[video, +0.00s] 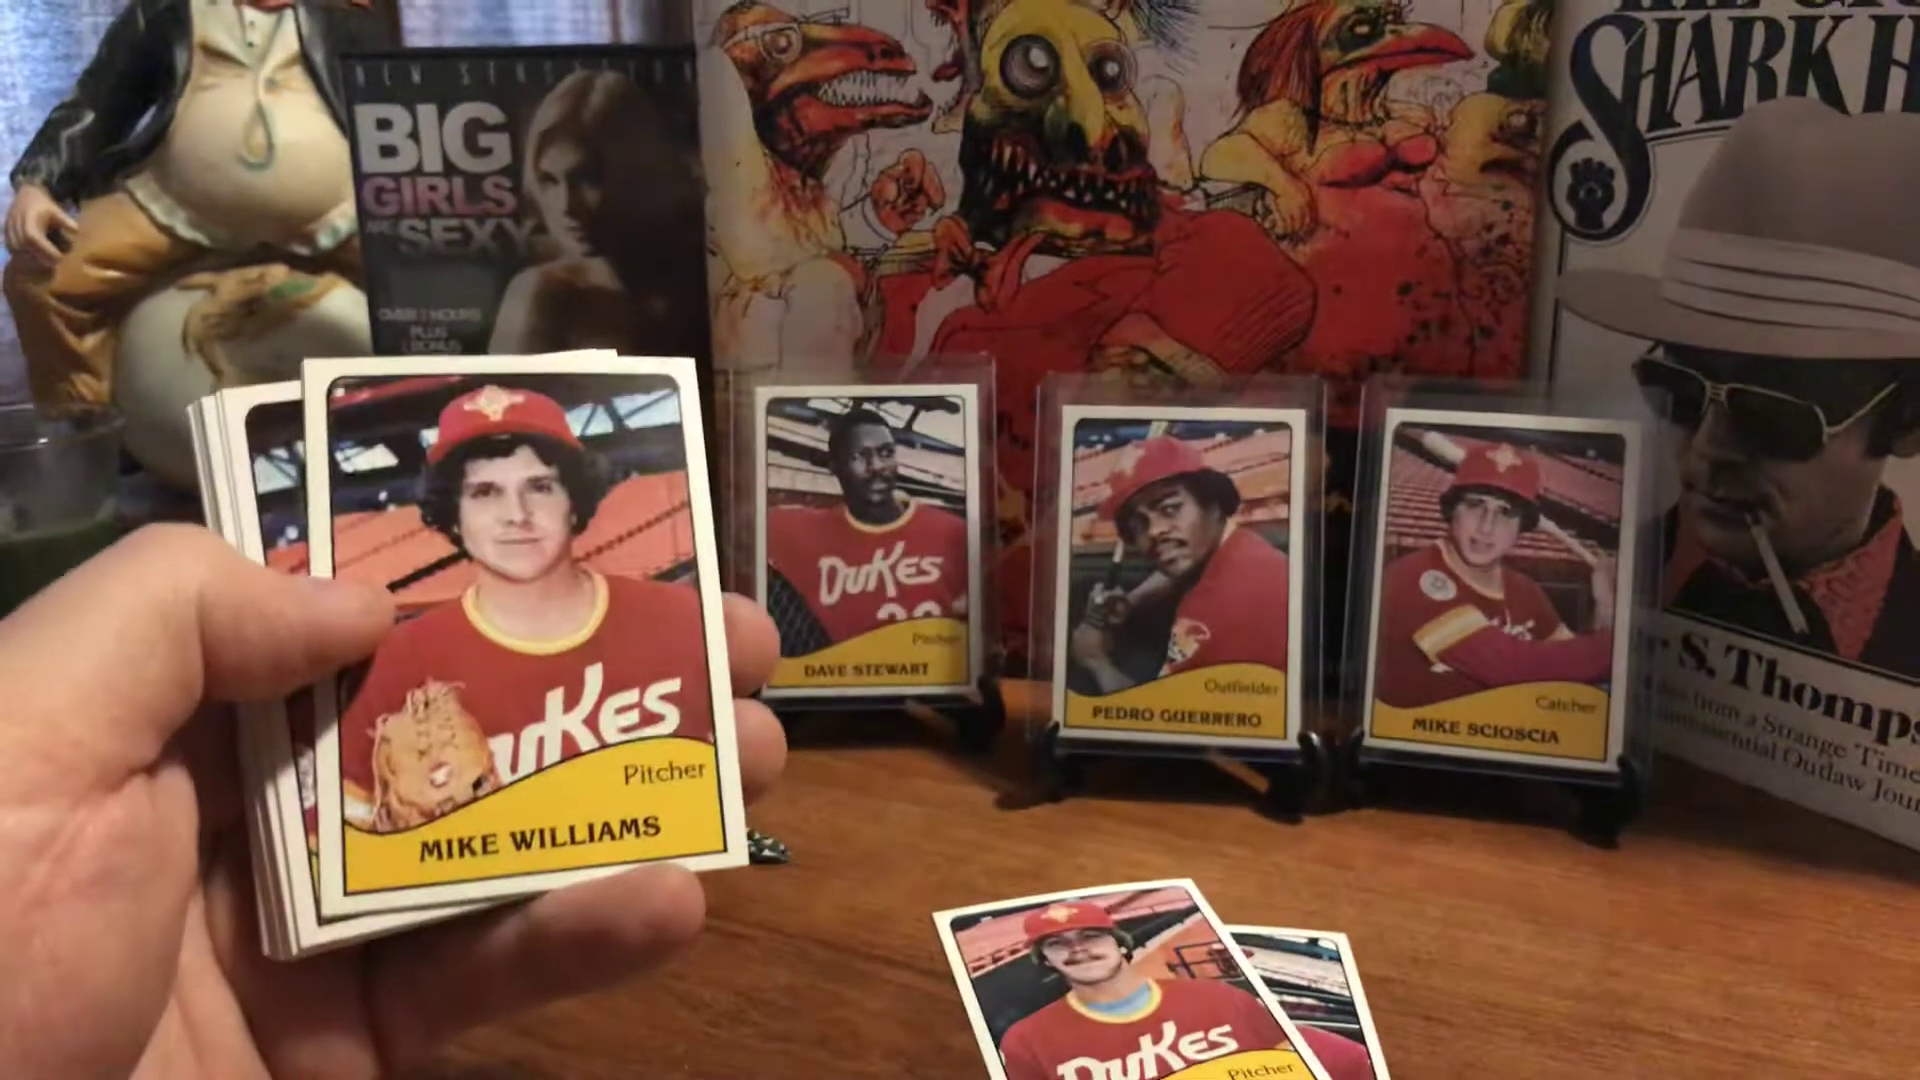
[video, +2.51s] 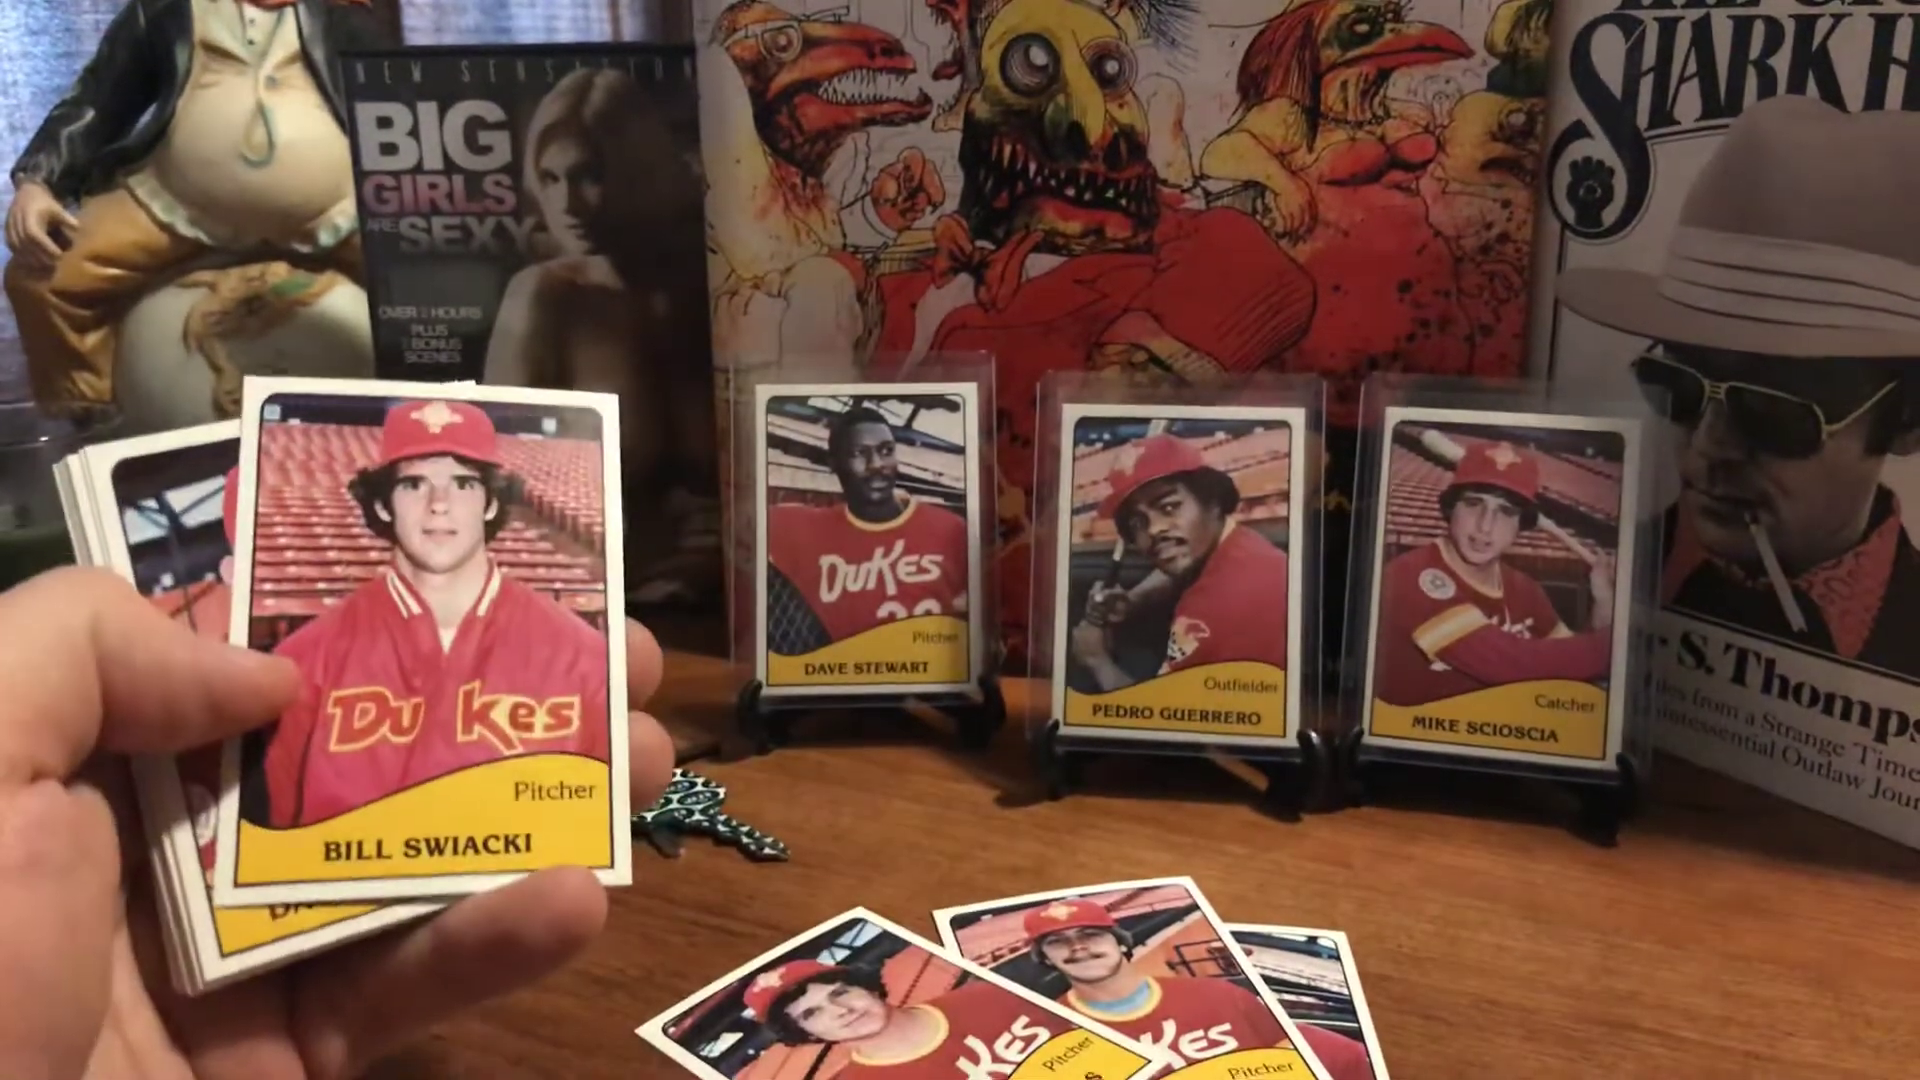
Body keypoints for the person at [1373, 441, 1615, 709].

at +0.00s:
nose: (1486, 526)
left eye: (1505, 513)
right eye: (1475, 505)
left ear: (1521, 527)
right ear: (1451, 509)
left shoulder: (1523, 591)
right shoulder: (1415, 579)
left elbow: (1579, 674)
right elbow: (1505, 666)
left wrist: (1605, 609)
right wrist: (1620, 643)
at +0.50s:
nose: (1487, 524)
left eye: (1507, 512)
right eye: (1477, 504)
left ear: (1522, 527)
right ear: (1453, 509)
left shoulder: (1523, 590)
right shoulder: (1417, 579)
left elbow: (1579, 673)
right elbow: (1506, 665)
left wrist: (1607, 607)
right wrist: (1627, 643)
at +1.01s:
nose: (1486, 525)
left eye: (1506, 512)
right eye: (1475, 504)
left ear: (1522, 526)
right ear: (1452, 509)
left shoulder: (1525, 591)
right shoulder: (1416, 578)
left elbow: (1579, 675)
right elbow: (1506, 665)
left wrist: (1605, 607)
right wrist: (1623, 641)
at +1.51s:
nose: (1487, 526)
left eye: (1506, 513)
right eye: (1476, 505)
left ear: (1522, 527)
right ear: (1452, 509)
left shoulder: (1526, 592)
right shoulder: (1416, 578)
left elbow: (1579, 674)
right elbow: (1505, 665)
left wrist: (1606, 607)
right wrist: (1625, 642)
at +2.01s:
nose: (1485, 527)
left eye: (1505, 514)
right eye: (1474, 506)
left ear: (1521, 527)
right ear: (1451, 510)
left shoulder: (1524, 593)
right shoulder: (1415, 579)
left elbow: (1577, 674)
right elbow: (1502, 664)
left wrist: (1604, 607)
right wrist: (1618, 642)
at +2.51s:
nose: (1485, 525)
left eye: (1505, 511)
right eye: (1473, 503)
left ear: (1520, 525)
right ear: (1450, 507)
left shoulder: (1523, 590)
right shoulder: (1414, 576)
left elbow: (1578, 670)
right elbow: (1504, 664)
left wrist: (1604, 606)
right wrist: (1617, 640)